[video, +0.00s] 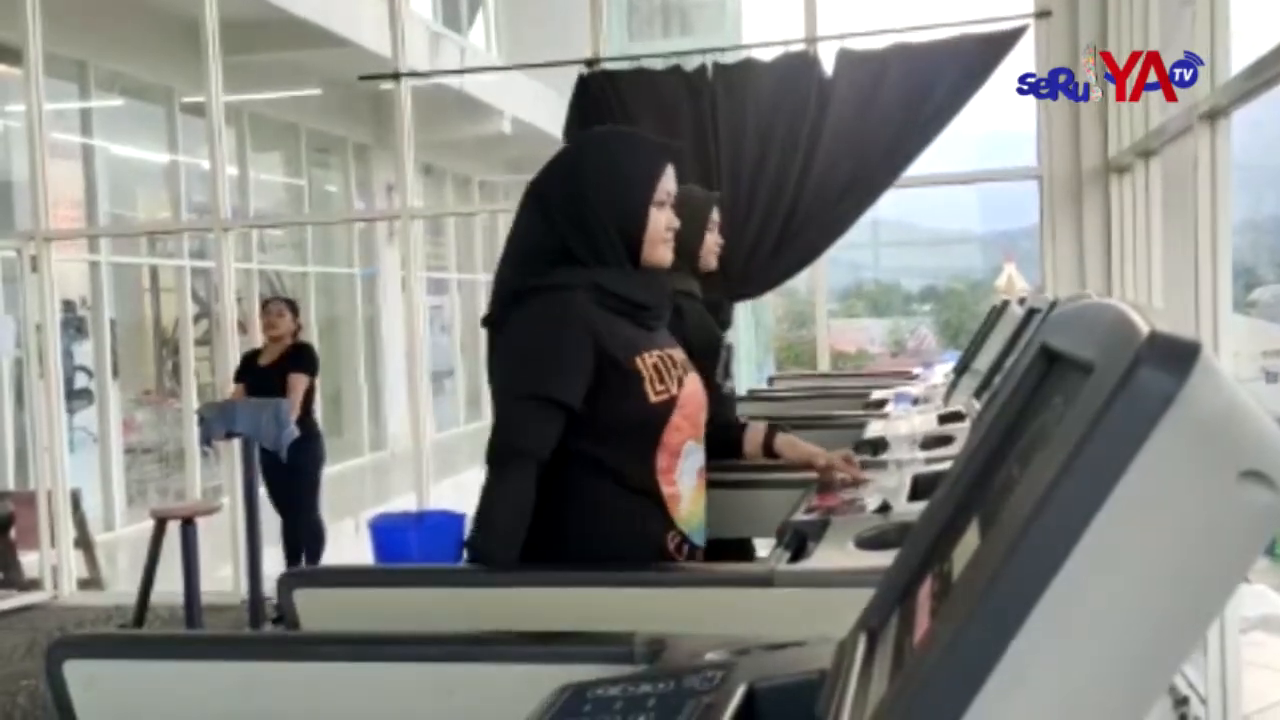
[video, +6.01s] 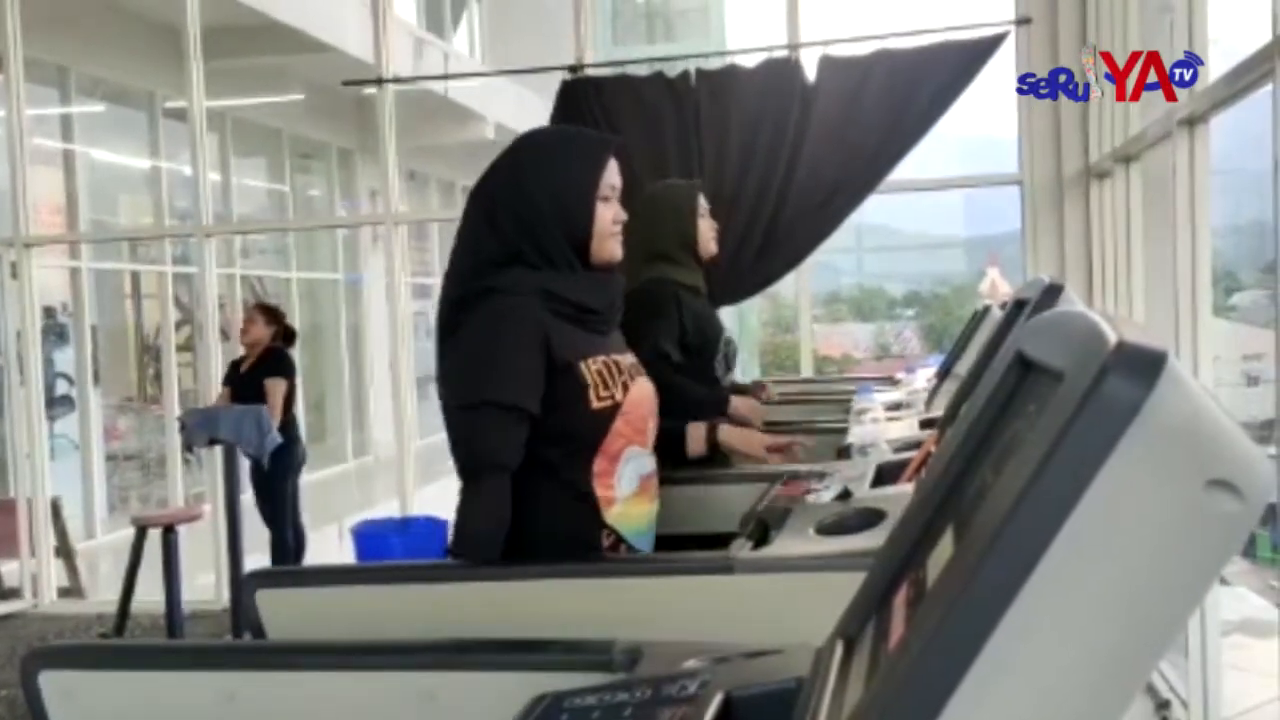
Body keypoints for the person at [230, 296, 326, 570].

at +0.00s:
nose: (272, 320)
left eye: (280, 315)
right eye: (267, 315)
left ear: (294, 322)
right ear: (261, 322)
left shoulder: (301, 352)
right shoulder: (251, 359)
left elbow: (295, 398)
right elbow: (238, 398)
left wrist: (282, 429)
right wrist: (224, 423)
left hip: (302, 436)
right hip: (267, 439)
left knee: (305, 509)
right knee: (288, 512)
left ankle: (312, 571)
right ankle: (292, 574)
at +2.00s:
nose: (274, 319)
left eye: (279, 313)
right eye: (266, 314)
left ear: (288, 319)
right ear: (254, 323)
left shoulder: (301, 351)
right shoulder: (242, 352)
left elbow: (294, 388)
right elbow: (231, 394)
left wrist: (275, 420)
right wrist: (237, 424)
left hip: (292, 437)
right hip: (254, 437)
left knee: (286, 511)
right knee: (263, 511)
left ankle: (288, 577)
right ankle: (275, 576)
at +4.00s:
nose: (265, 317)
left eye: (272, 311)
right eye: (258, 312)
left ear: (282, 317)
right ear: (249, 319)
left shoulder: (297, 351)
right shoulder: (237, 353)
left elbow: (290, 394)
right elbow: (227, 395)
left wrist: (271, 420)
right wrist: (241, 418)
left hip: (293, 433)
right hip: (255, 435)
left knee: (297, 501)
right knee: (268, 505)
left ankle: (305, 563)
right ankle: (274, 566)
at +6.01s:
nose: (244, 326)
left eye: (252, 322)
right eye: (245, 321)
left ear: (271, 330)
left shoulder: (276, 359)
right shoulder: (237, 366)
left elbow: (274, 409)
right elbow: (222, 404)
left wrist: (260, 439)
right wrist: (201, 425)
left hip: (283, 442)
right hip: (257, 445)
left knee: (282, 512)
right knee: (273, 512)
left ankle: (284, 574)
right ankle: (290, 572)